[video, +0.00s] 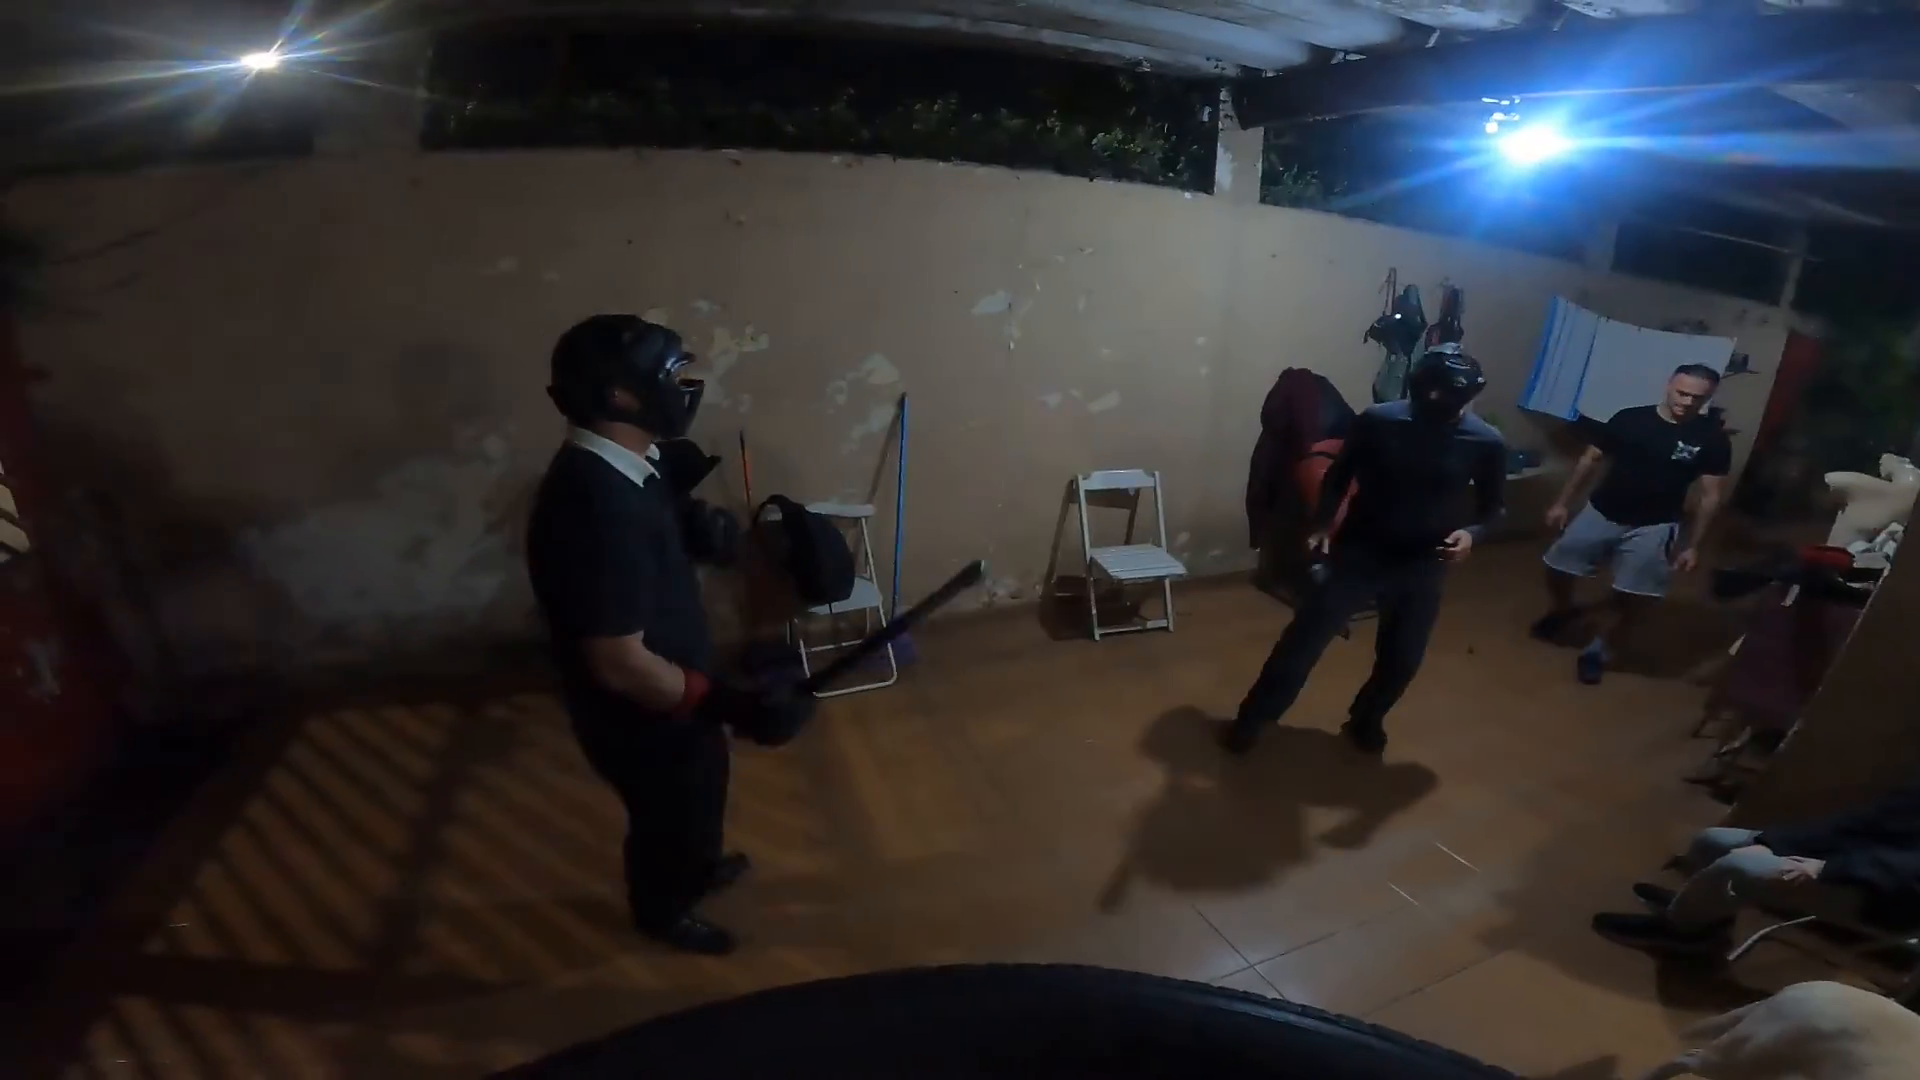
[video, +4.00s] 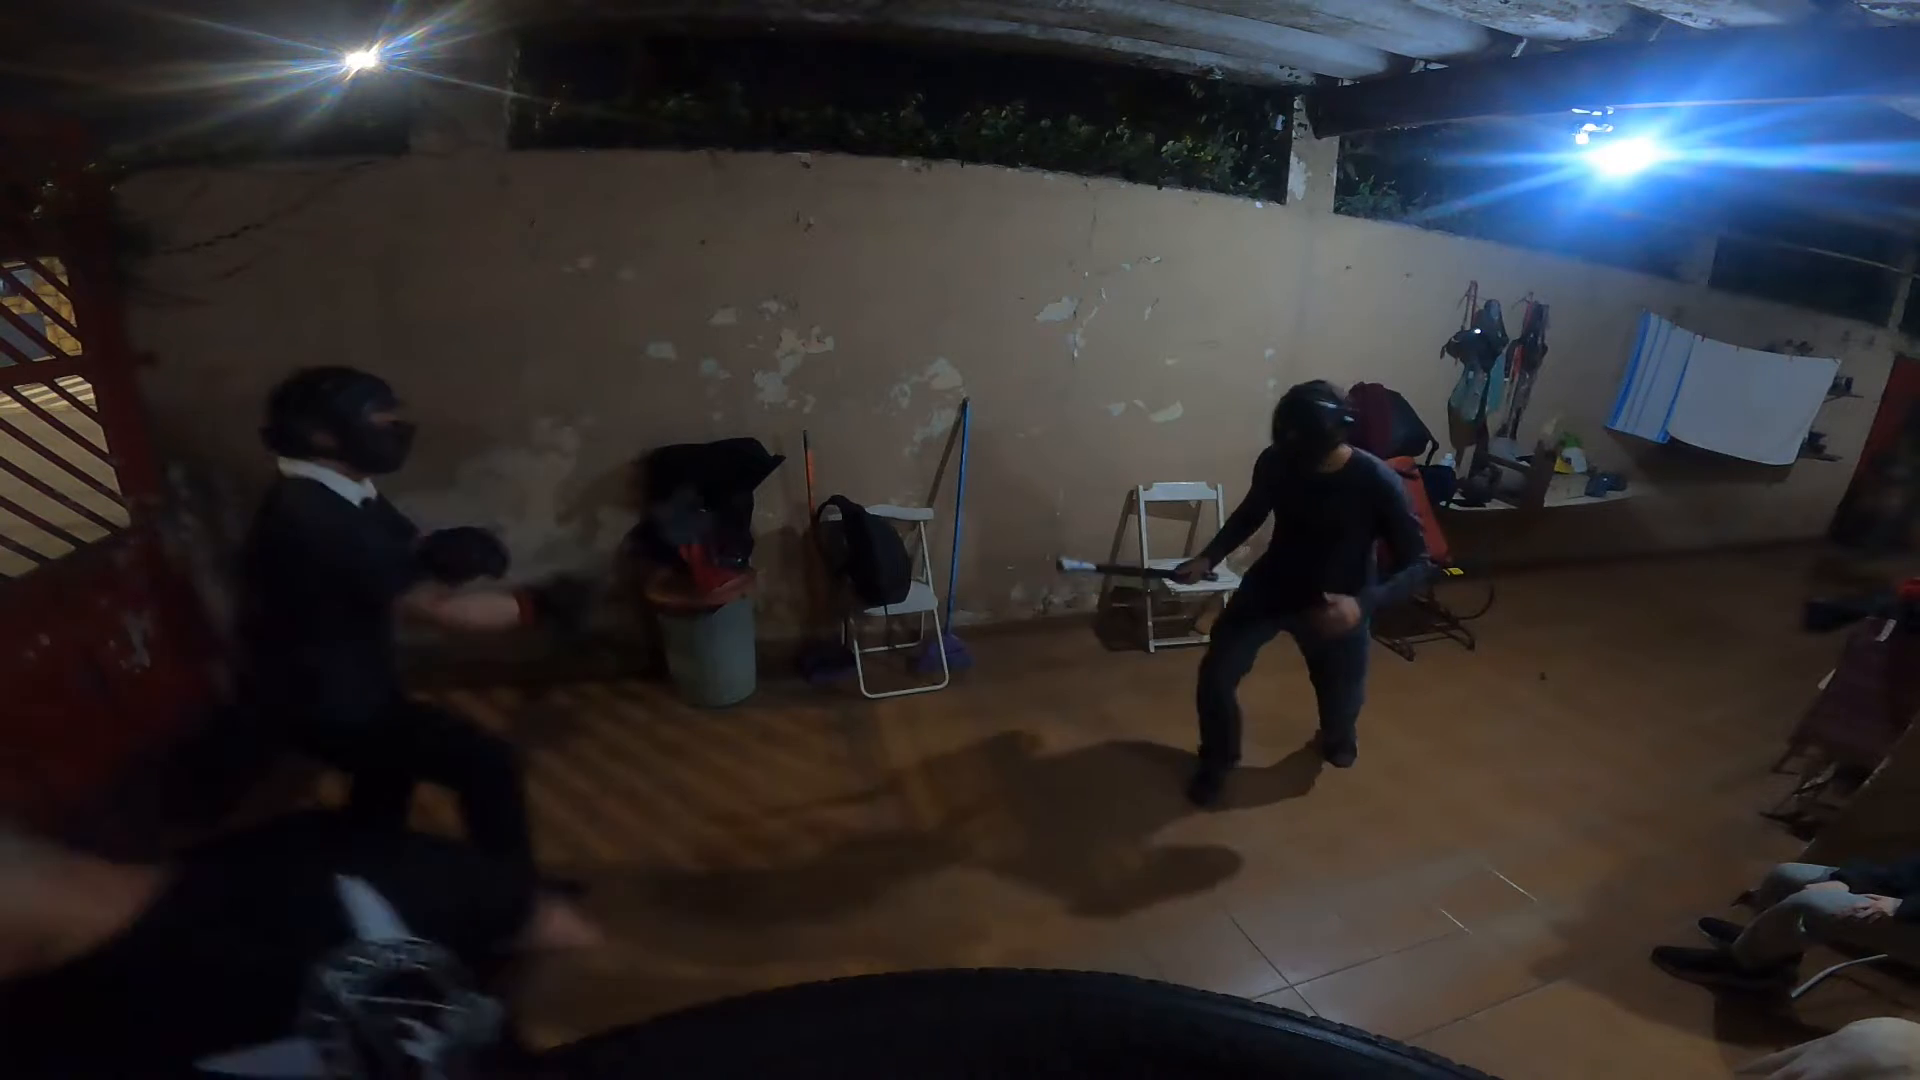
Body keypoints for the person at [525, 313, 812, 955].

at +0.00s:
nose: (684, 383)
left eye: (679, 368)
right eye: (665, 373)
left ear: (620, 398)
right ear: (620, 397)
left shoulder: (631, 466)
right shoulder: (588, 498)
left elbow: (635, 542)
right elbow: (616, 655)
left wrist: (692, 530)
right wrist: (713, 700)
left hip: (668, 689)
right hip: (633, 710)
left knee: (694, 788)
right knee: (666, 815)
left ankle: (695, 866)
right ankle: (662, 914)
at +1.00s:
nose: (913, 415)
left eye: (909, 402)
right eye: (901, 405)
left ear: (807, 417)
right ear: (868, 429)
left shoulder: (755, 479)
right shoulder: (890, 522)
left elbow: (645, 474)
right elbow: (962, 570)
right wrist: (990, 539)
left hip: (717, 685)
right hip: (808, 711)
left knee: (723, 765)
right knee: (883, 792)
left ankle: (675, 866)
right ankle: (894, 905)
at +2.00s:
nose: (505, 415)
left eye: (498, 403)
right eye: (483, 408)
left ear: (434, 437)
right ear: (431, 436)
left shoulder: (458, 497)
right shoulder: (404, 525)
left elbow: (466, 588)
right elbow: (445, 661)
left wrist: (525, 590)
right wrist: (543, 693)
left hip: (460, 686)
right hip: (424, 704)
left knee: (451, 772)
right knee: (585, 784)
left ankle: (389, 878)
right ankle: (605, 905)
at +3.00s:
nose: (554, 444)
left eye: (547, 432)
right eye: (535, 438)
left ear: (483, 463)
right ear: (485, 462)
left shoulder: (488, 517)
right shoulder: (485, 544)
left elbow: (551, 606)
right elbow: (493, 679)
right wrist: (560, 724)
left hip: (442, 697)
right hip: (470, 711)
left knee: (508, 755)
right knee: (637, 773)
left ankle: (433, 853)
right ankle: (704, 888)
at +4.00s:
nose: (399, 426)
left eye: (394, 413)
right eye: (378, 416)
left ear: (325, 440)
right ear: (324, 438)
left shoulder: (349, 496)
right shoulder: (310, 516)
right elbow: (433, 606)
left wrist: (439, 558)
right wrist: (537, 606)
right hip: (318, 713)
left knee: (389, 763)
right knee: (486, 762)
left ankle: (359, 876)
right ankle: (512, 894)